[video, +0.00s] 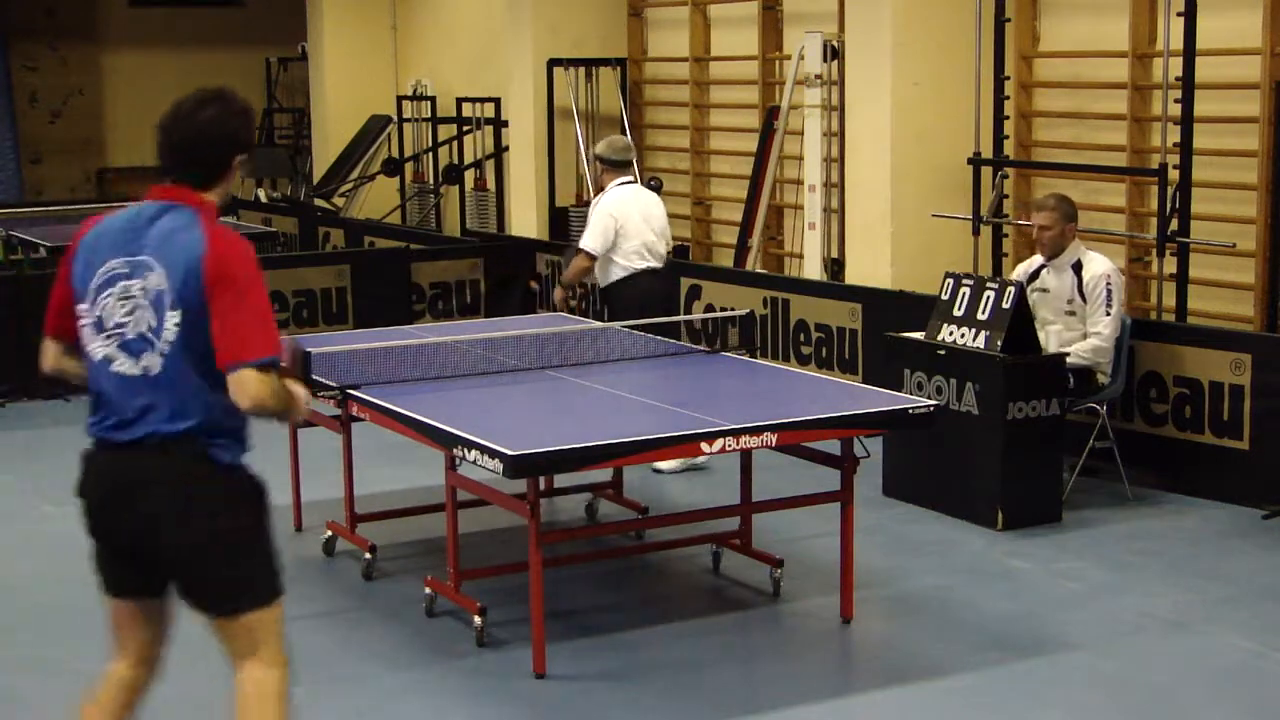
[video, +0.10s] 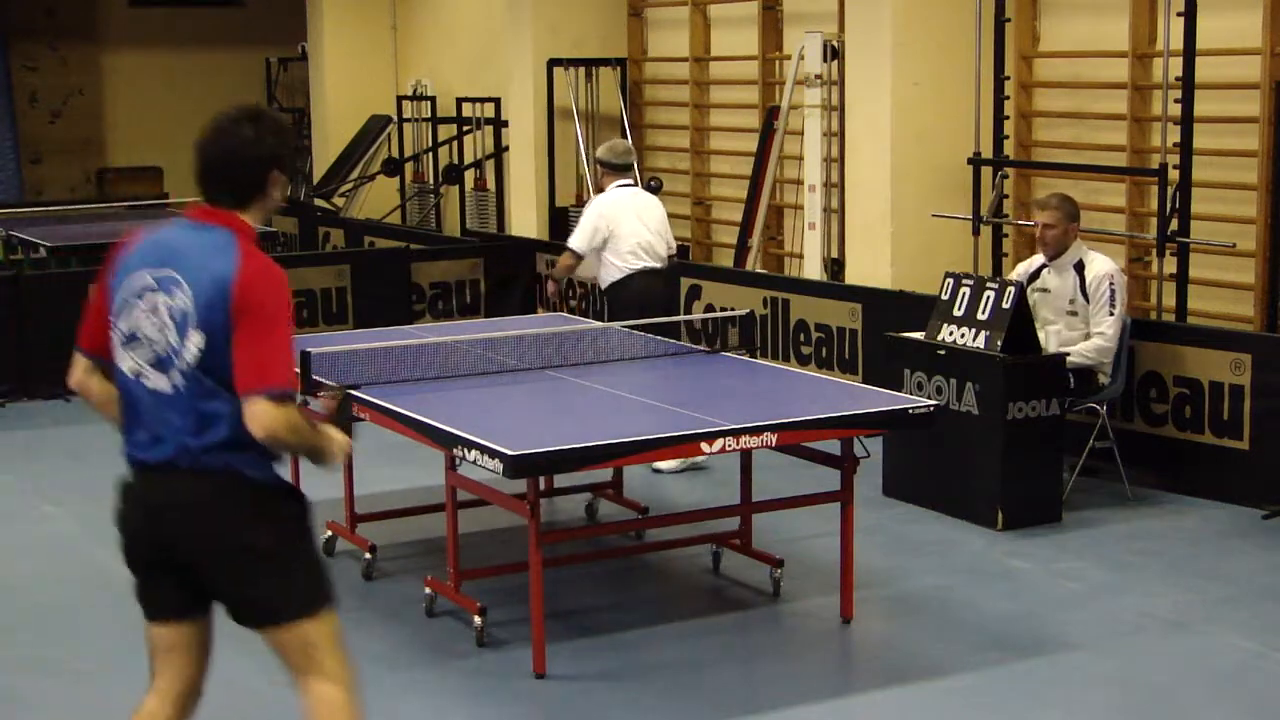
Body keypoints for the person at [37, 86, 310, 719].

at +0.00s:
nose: (244, 168)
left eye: (242, 156)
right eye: (245, 157)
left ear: (166, 151)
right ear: (233, 164)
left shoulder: (94, 237)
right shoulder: (221, 248)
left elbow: (55, 359)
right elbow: (249, 390)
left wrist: (133, 372)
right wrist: (290, 397)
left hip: (111, 474)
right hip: (201, 480)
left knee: (132, 656)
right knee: (258, 660)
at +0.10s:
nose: (286, 187)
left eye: (286, 173)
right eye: (285, 175)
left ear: (206, 171)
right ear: (271, 183)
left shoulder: (132, 249)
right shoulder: (254, 271)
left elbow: (85, 375)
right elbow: (267, 418)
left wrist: (155, 422)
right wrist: (323, 440)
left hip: (152, 502)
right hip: (241, 505)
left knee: (172, 684)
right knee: (323, 677)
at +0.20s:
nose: (335, 205)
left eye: (333, 192)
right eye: (333, 193)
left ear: (249, 195)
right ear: (316, 203)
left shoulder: (185, 275)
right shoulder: (293, 290)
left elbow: (121, 389)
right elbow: (307, 441)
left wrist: (180, 461)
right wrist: (367, 470)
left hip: (203, 529)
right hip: (292, 536)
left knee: (187, 701)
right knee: (390, 693)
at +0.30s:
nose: (393, 189)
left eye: (390, 175)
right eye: (389, 177)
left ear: (306, 182)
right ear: (365, 186)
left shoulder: (252, 268)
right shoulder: (354, 276)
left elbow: (191, 378)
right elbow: (369, 427)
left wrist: (244, 468)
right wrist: (417, 457)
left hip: (276, 513)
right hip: (356, 512)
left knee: (257, 687)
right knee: (439, 680)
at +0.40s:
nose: (457, 175)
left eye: (455, 161)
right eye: (449, 162)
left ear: (391, 172)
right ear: (410, 175)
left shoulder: (316, 255)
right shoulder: (416, 260)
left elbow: (258, 362)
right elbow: (441, 417)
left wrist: (317, 421)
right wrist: (478, 444)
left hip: (341, 496)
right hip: (418, 497)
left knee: (369, 674)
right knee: (470, 678)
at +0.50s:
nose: (506, 154)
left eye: (504, 140)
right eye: (495, 142)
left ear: (447, 157)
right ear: (452, 156)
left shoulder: (369, 239)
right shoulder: (471, 246)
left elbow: (328, 359)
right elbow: (508, 409)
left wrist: (400, 382)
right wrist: (526, 399)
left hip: (390, 478)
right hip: (459, 483)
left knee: (448, 651)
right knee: (486, 664)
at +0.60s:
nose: (556, 146)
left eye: (553, 132)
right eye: (542, 132)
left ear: (495, 145)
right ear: (497, 144)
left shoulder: (415, 230)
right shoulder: (516, 238)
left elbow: (385, 359)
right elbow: (562, 393)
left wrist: (468, 359)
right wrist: (529, 411)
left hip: (436, 464)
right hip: (500, 471)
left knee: (538, 622)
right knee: (497, 668)